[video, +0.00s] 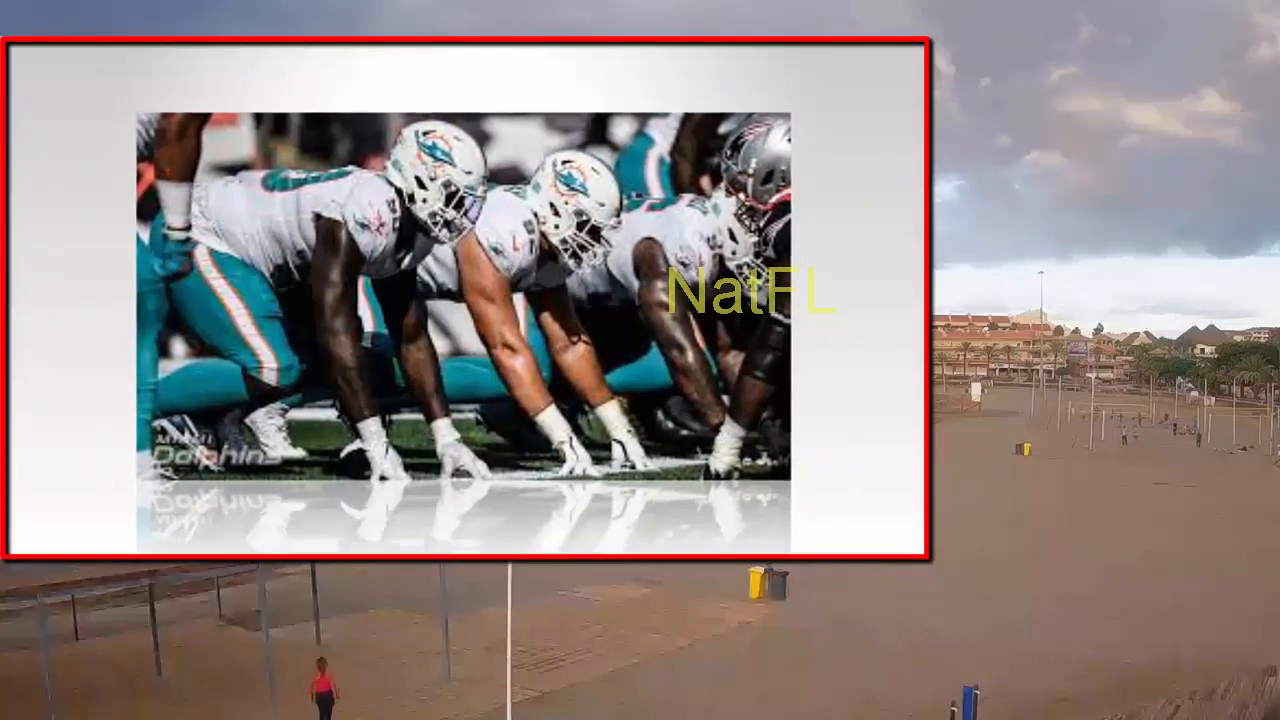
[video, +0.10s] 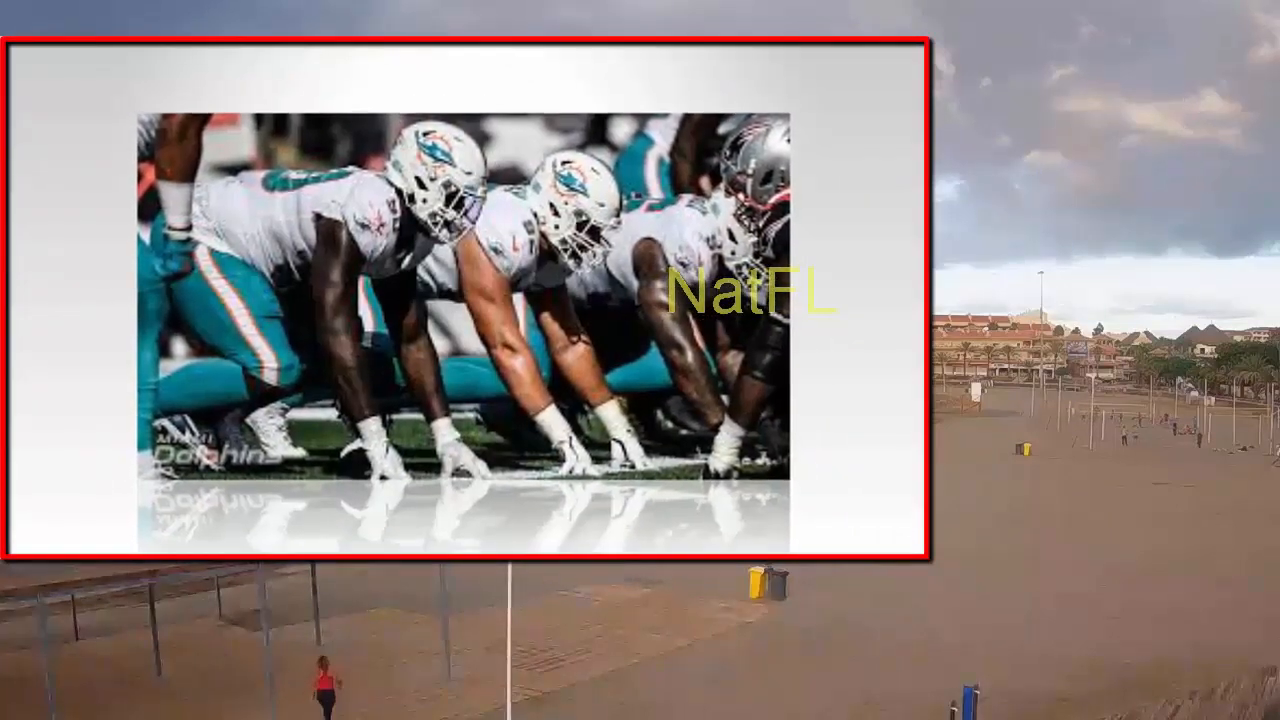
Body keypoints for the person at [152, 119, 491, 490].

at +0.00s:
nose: (457, 207)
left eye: (465, 196)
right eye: (451, 190)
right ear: (418, 173)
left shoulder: (403, 229)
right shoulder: (360, 208)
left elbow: (413, 335)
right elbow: (334, 328)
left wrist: (446, 436)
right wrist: (374, 439)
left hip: (259, 255)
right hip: (206, 238)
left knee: (319, 365)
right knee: (274, 368)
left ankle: (213, 417)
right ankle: (129, 406)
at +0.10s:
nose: (458, 208)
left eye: (466, 197)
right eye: (450, 191)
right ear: (417, 173)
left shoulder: (402, 229)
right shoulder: (361, 208)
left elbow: (413, 336)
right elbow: (335, 329)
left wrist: (445, 436)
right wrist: (374, 437)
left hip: (260, 255)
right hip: (206, 240)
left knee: (315, 365)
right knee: (274, 369)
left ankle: (206, 414)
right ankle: (129, 406)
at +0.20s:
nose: (459, 208)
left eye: (467, 197)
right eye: (452, 191)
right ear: (419, 173)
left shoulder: (402, 229)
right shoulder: (362, 208)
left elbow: (413, 336)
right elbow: (335, 329)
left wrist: (446, 435)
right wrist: (374, 438)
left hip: (260, 256)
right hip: (207, 240)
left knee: (318, 363)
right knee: (274, 369)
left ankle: (208, 414)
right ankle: (129, 406)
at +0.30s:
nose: (458, 209)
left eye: (465, 197)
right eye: (452, 192)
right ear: (420, 176)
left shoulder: (403, 229)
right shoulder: (361, 208)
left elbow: (413, 335)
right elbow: (335, 329)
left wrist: (446, 435)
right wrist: (376, 439)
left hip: (262, 256)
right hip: (208, 239)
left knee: (324, 362)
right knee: (275, 367)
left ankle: (221, 416)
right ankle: (132, 405)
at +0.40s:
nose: (458, 209)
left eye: (466, 197)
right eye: (452, 192)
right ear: (420, 176)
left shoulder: (404, 230)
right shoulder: (361, 208)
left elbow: (413, 335)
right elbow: (336, 330)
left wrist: (446, 435)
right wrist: (376, 439)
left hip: (264, 257)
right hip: (208, 240)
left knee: (329, 362)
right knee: (275, 368)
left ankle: (224, 416)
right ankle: (131, 406)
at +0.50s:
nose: (459, 210)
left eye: (466, 198)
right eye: (452, 193)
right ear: (420, 177)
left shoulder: (403, 230)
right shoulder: (361, 209)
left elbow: (414, 335)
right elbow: (336, 330)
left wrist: (446, 435)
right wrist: (376, 439)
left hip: (262, 256)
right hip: (209, 240)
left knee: (321, 364)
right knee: (276, 368)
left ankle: (211, 415)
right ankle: (132, 404)